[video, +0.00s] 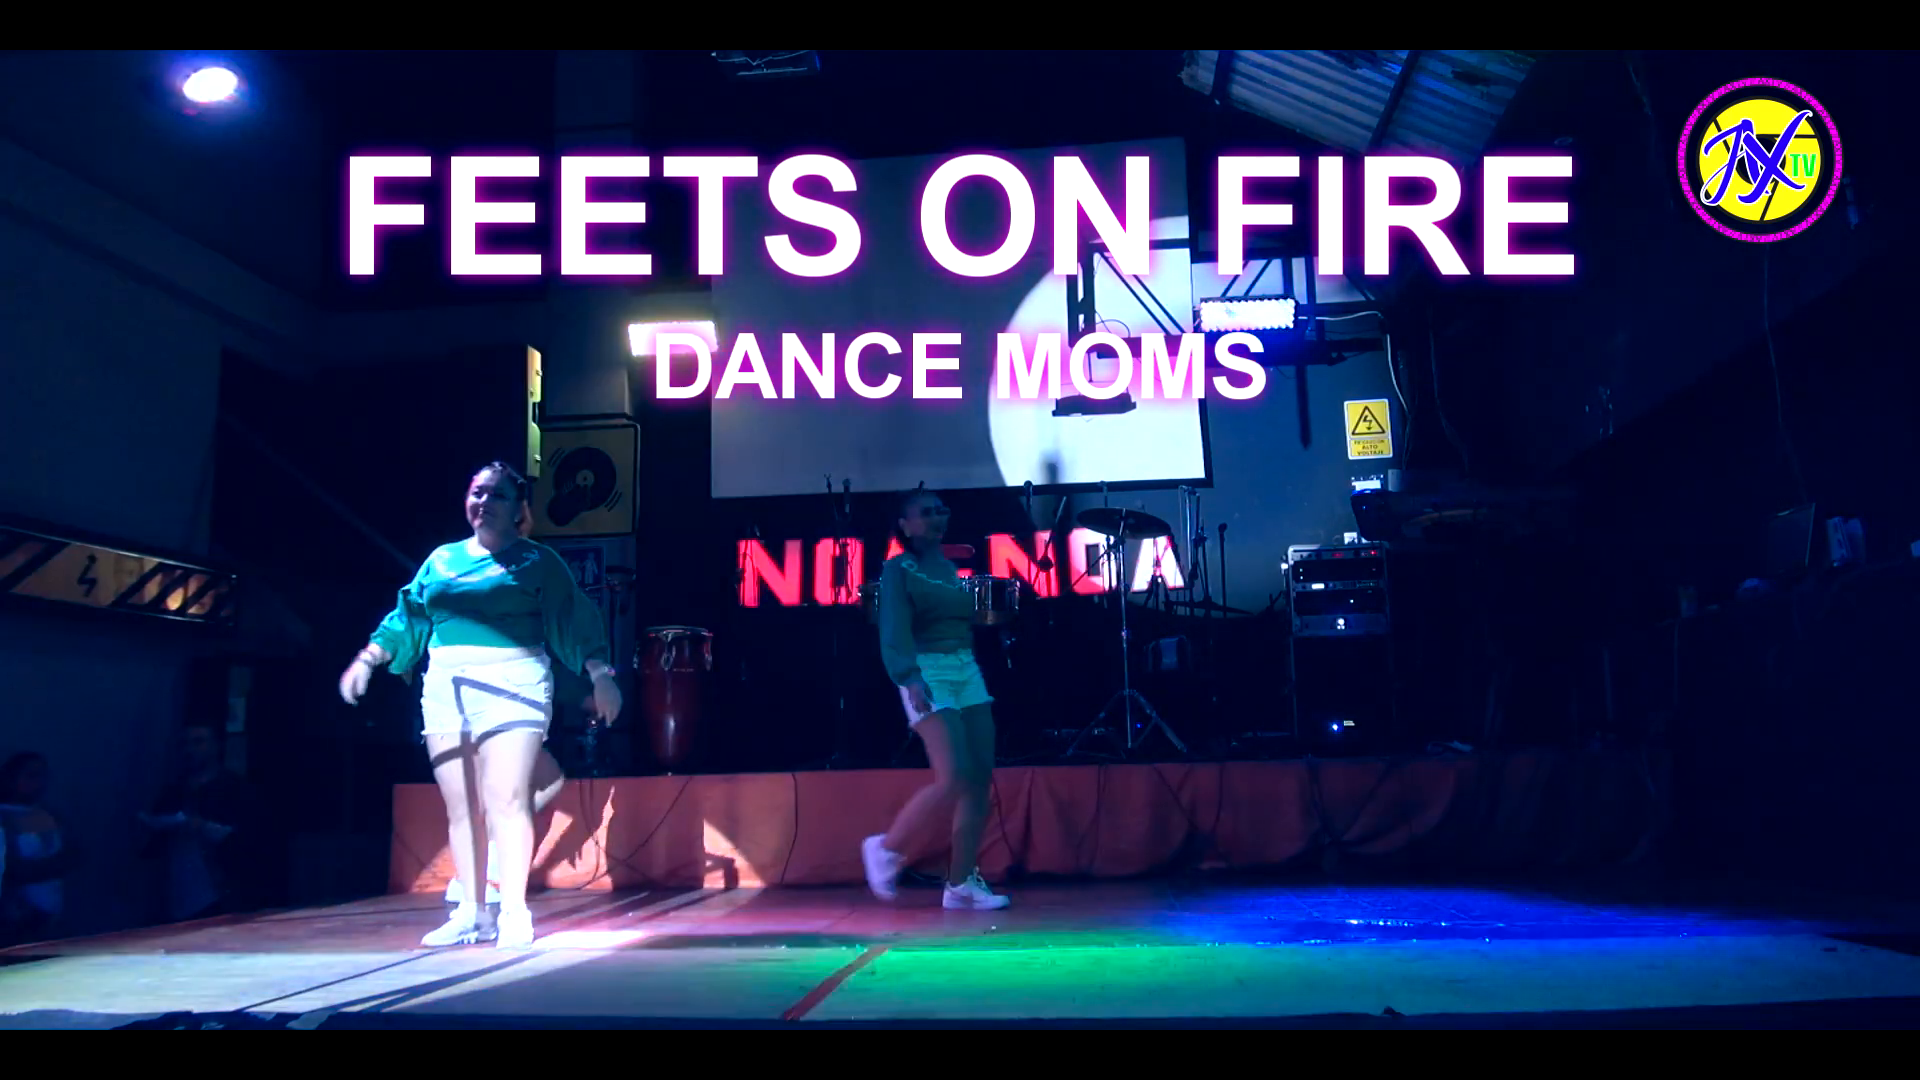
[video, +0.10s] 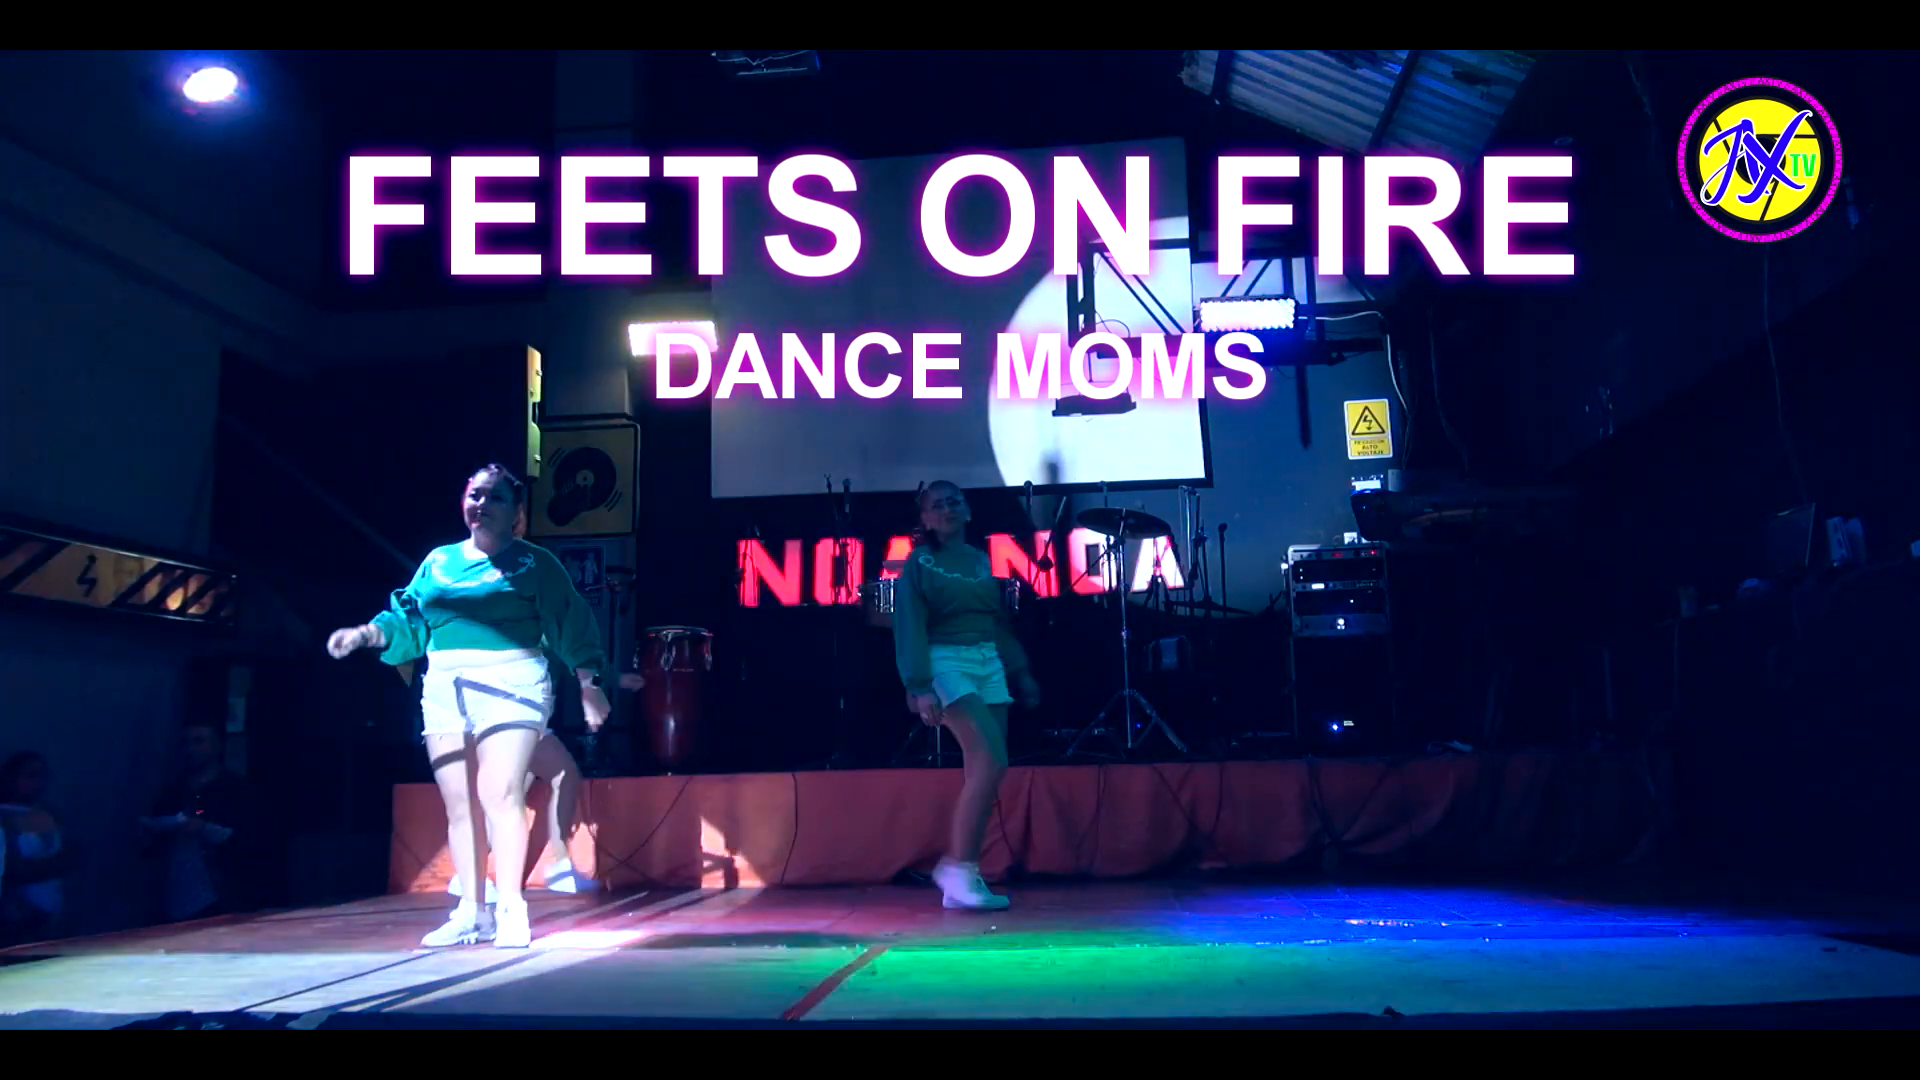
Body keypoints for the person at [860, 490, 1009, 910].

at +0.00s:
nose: (936, 518)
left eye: (939, 511)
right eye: (926, 513)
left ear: (944, 520)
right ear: (905, 524)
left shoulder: (948, 570)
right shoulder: (898, 571)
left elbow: (960, 620)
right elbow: (893, 631)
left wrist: (988, 612)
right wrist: (909, 679)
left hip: (967, 670)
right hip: (926, 674)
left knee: (978, 779)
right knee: (952, 778)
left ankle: (961, 882)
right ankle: (885, 849)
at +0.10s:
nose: (947, 510)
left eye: (953, 503)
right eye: (937, 506)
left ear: (965, 510)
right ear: (923, 518)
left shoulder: (979, 561)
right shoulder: (918, 564)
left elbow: (997, 624)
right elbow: (909, 627)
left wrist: (1020, 673)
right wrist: (919, 686)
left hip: (989, 662)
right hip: (944, 663)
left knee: (991, 766)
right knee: (985, 759)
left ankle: (966, 872)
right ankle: (958, 868)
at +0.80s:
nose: (1128, 480)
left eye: (1129, 472)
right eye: (1116, 475)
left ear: (1132, 478)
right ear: (1088, 487)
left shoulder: (1149, 534)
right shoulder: (1072, 535)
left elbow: (1160, 600)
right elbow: (1040, 607)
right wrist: (1063, 633)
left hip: (1150, 648)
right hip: (1091, 648)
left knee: (1187, 766)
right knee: (1092, 775)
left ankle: (1221, 885)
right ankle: (1096, 888)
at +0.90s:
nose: (1151, 477)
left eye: (1152, 469)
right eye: (1139, 471)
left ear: (1155, 475)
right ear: (1112, 482)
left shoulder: (1171, 535)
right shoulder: (1095, 535)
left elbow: (1180, 595)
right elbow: (1063, 601)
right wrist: (1078, 631)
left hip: (1175, 650)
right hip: (1116, 652)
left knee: (1215, 764)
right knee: (1114, 772)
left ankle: (1231, 894)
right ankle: (1098, 885)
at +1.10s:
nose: (1177, 465)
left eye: (1183, 457)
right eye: (1165, 460)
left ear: (1194, 468)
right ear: (1144, 473)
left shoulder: (1215, 525)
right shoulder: (1132, 529)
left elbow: (1238, 600)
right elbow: (1116, 601)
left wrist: (1254, 665)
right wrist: (1121, 662)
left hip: (1228, 639)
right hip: (1165, 646)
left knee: (1247, 761)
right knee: (1196, 766)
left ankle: (1234, 895)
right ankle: (1147, 859)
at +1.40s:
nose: (1198, 445)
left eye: (1207, 435)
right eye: (1188, 439)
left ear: (1230, 443)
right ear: (1178, 453)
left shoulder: (1269, 496)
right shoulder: (1173, 518)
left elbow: (1330, 553)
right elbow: (1156, 604)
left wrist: (1364, 604)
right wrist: (1160, 681)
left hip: (1267, 639)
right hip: (1202, 639)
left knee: (1254, 773)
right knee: (1239, 768)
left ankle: (1231, 893)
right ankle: (1278, 899)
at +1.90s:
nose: (1257, 424)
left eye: (1267, 415)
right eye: (1249, 417)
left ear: (1288, 420)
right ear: (1235, 426)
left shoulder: (1326, 475)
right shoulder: (1222, 487)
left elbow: (1362, 544)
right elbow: (1196, 565)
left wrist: (1371, 606)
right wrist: (1189, 625)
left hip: (1322, 613)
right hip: (1246, 615)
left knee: (1340, 755)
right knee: (1259, 762)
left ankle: (1353, 898)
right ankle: (1278, 901)